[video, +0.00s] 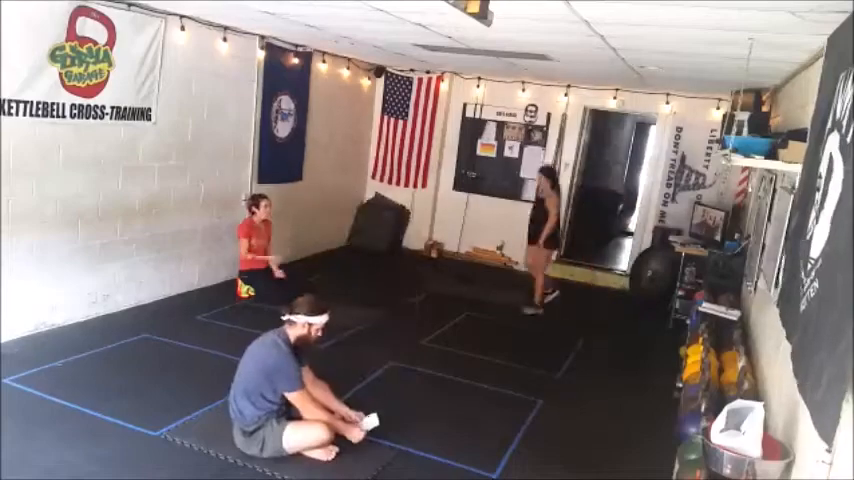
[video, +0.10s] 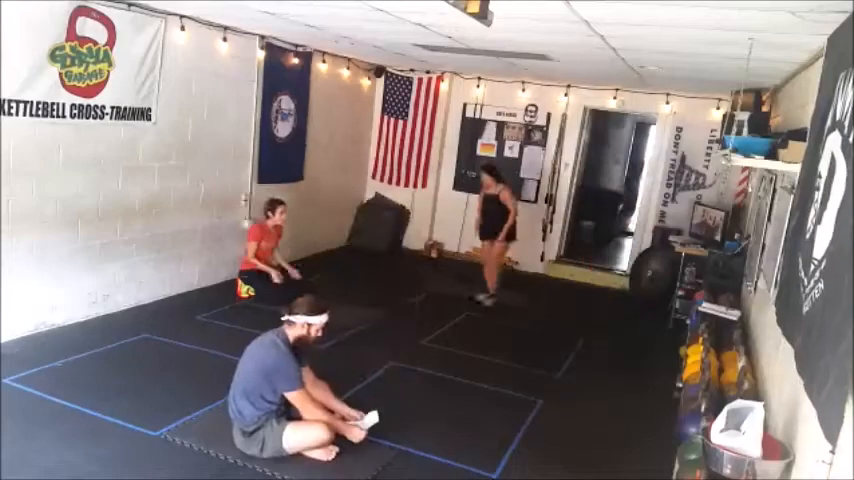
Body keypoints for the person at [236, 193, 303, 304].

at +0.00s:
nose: (269, 210)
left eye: (269, 206)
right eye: (265, 207)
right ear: (254, 209)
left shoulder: (267, 224)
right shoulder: (246, 226)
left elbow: (268, 250)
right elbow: (245, 254)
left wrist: (275, 269)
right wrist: (269, 259)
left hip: (264, 270)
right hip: (249, 272)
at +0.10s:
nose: (285, 216)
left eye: (285, 213)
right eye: (281, 213)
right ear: (270, 214)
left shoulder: (278, 229)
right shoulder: (257, 229)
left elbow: (274, 251)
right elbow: (250, 257)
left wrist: (289, 269)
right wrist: (272, 271)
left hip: (266, 270)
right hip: (250, 272)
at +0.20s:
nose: (340, 260)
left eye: (342, 257)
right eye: (340, 257)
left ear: (334, 249)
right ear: (332, 251)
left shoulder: (329, 249)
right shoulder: (314, 251)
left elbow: (331, 277)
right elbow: (311, 283)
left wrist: (338, 302)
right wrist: (314, 306)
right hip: (271, 259)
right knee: (281, 297)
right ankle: (256, 281)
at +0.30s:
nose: (364, 267)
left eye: (367, 266)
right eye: (366, 265)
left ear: (362, 255)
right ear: (361, 259)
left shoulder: (350, 252)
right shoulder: (343, 258)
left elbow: (344, 278)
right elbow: (326, 284)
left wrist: (339, 300)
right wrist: (317, 306)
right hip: (298, 265)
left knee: (307, 293)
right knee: (298, 298)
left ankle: (278, 279)